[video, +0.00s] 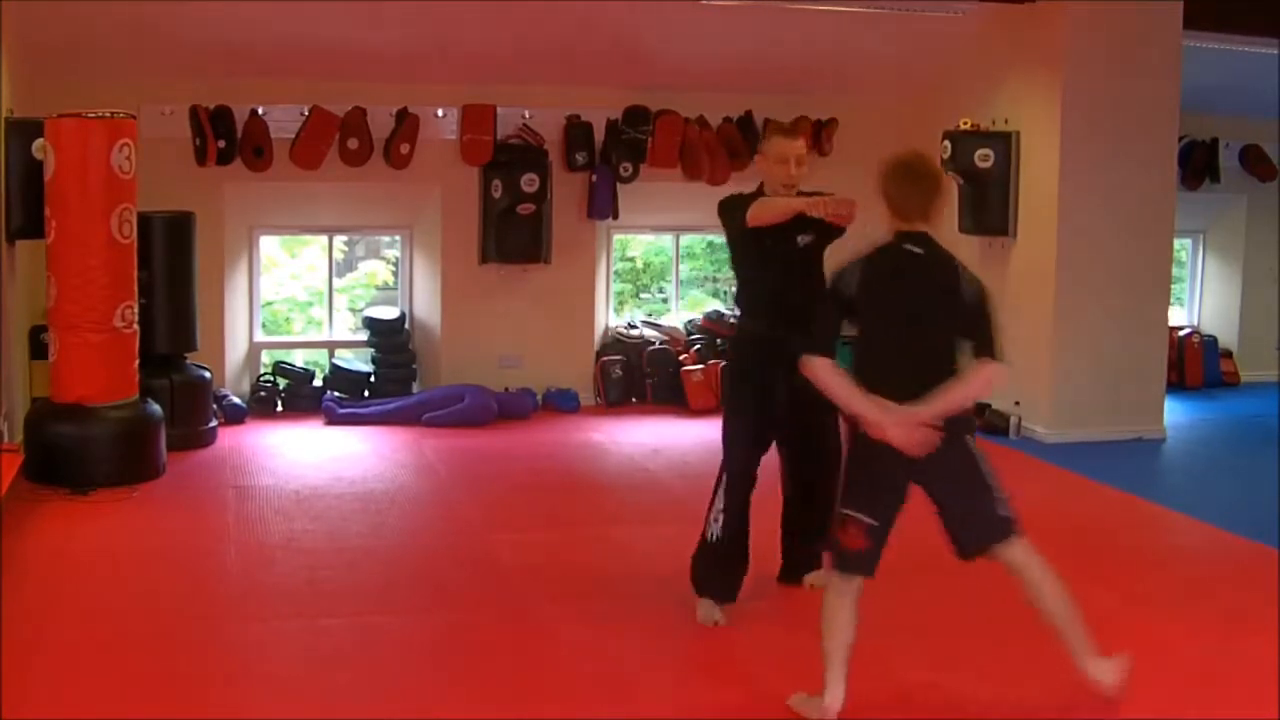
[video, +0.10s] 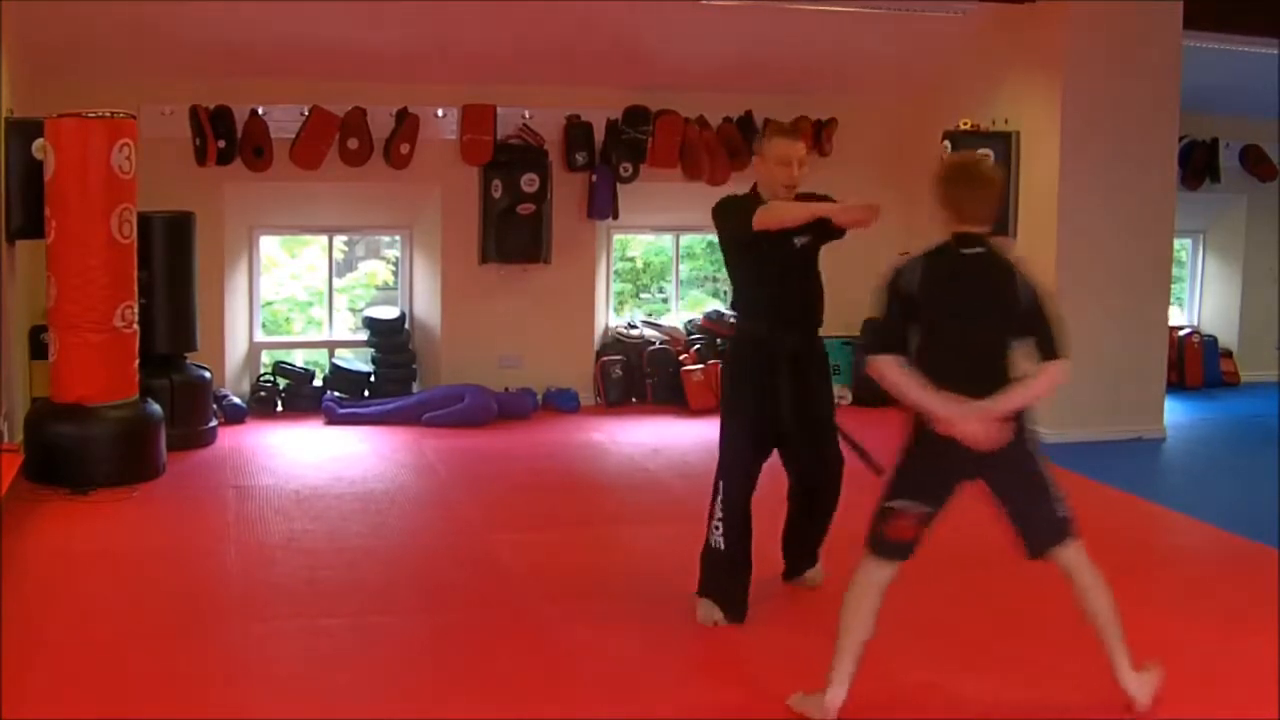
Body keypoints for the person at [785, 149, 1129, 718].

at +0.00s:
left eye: (890, 195)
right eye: (935, 195)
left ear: (885, 201)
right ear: (939, 201)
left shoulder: (853, 275)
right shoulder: (961, 279)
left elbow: (815, 363)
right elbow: (987, 371)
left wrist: (888, 423)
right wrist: (914, 415)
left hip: (872, 437)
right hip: (943, 436)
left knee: (844, 575)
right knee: (1015, 549)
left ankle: (832, 697)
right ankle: (1091, 664)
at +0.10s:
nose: (967, 208)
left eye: (954, 196)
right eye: (985, 198)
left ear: (942, 203)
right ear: (997, 206)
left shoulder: (912, 275)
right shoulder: (1013, 278)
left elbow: (882, 360)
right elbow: (1054, 369)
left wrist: (954, 414)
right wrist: (985, 412)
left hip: (935, 439)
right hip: (1006, 437)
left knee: (877, 566)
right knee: (1071, 553)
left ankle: (835, 694)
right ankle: (1128, 677)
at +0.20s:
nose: (992, 209)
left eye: (993, 200)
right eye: (995, 199)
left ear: (1004, 205)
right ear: (1049, 202)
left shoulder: (985, 271)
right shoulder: (1082, 269)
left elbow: (964, 361)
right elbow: (1128, 355)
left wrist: (1031, 402)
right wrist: (1068, 394)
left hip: (1005, 428)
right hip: (1073, 427)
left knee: (937, 547)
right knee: (1111, 552)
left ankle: (864, 675)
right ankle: (1140, 680)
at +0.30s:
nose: (1039, 184)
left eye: (1041, 176)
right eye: (1040, 176)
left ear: (1057, 179)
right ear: (1094, 180)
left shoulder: (1039, 244)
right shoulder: (1126, 242)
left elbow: (1031, 334)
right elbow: (1182, 323)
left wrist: (1100, 372)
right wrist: (1132, 365)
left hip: (1060, 410)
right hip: (1123, 413)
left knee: (1004, 531)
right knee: (1135, 542)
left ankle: (975, 668)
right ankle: (1151, 677)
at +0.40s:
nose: (1075, 152)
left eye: (1078, 142)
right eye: (1077, 142)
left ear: (1093, 145)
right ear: (1127, 146)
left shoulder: (1079, 209)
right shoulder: (1159, 204)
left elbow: (1083, 300)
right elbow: (1216, 287)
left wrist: (1154, 336)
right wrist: (1169, 330)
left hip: (1104, 374)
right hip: (1161, 374)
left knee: (1071, 494)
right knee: (1159, 507)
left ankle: (1101, 640)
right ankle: (1183, 644)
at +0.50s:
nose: (1103, 147)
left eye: (1107, 136)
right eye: (1105, 136)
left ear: (1126, 139)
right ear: (1157, 139)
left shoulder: (1118, 202)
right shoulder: (1192, 201)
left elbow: (1129, 288)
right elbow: (1244, 280)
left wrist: (1183, 331)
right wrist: (1202, 326)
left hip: (1144, 366)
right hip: (1196, 363)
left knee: (1134, 495)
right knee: (1191, 488)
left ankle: (1177, 630)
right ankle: (1241, 613)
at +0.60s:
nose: (1128, 175)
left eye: (1133, 164)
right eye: (1130, 164)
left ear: (1154, 166)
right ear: (1180, 165)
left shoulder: (1153, 231)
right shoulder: (1215, 222)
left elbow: (1167, 316)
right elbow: (1267, 302)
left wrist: (1224, 361)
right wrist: (1237, 352)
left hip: (1181, 393)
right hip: (1224, 389)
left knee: (1154, 516)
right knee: (1231, 499)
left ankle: (1208, 640)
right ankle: (1278, 601)